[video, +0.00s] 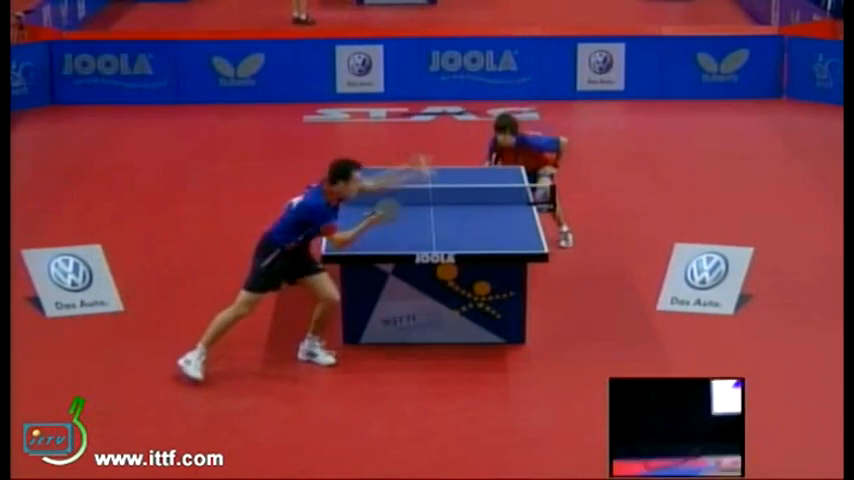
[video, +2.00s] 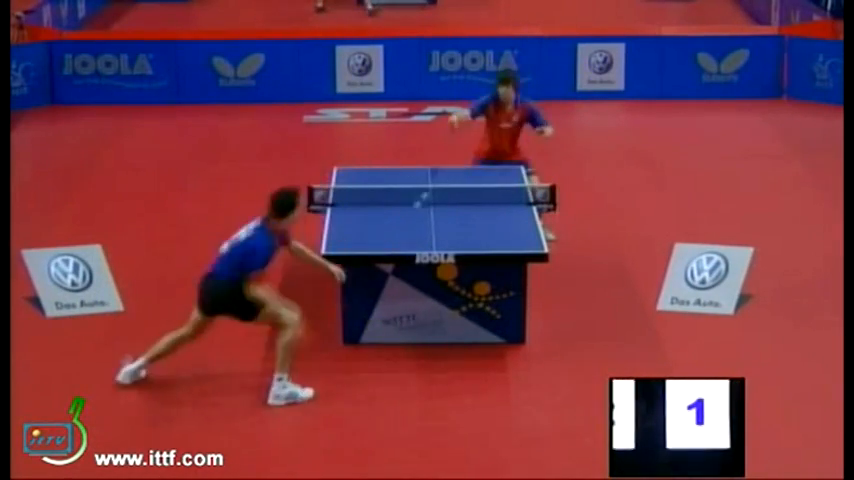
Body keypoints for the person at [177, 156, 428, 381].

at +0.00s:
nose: (358, 188)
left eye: (357, 184)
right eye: (354, 184)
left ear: (340, 183)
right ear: (337, 184)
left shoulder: (331, 191)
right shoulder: (318, 207)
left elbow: (370, 186)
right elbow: (337, 242)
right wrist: (369, 222)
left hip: (298, 252)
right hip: (273, 251)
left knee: (329, 297)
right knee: (242, 307)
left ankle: (311, 345)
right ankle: (196, 354)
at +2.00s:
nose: (299, 215)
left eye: (298, 210)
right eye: (298, 211)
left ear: (275, 210)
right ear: (289, 215)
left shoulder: (267, 228)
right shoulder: (264, 245)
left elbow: (298, 250)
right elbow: (251, 286)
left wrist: (330, 268)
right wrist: (279, 306)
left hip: (210, 286)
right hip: (229, 293)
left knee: (190, 330)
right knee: (291, 320)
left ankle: (136, 367)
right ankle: (281, 386)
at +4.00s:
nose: (610, 213)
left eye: (611, 209)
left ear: (610, 213)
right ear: (636, 214)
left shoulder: (595, 244)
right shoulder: (649, 246)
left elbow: (566, 283)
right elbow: (661, 286)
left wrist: (585, 294)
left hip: (604, 324)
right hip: (642, 325)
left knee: (564, 378)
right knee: (679, 378)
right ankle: (689, 444)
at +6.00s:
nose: (45, 245)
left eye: (47, 238)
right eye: (44, 239)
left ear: (63, 233)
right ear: (62, 234)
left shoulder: (92, 265)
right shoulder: (67, 263)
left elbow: (117, 316)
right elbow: (78, 309)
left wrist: (69, 327)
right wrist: (45, 305)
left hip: (104, 352)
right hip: (77, 351)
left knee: (111, 426)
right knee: (73, 424)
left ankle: (144, 472)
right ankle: (77, 473)